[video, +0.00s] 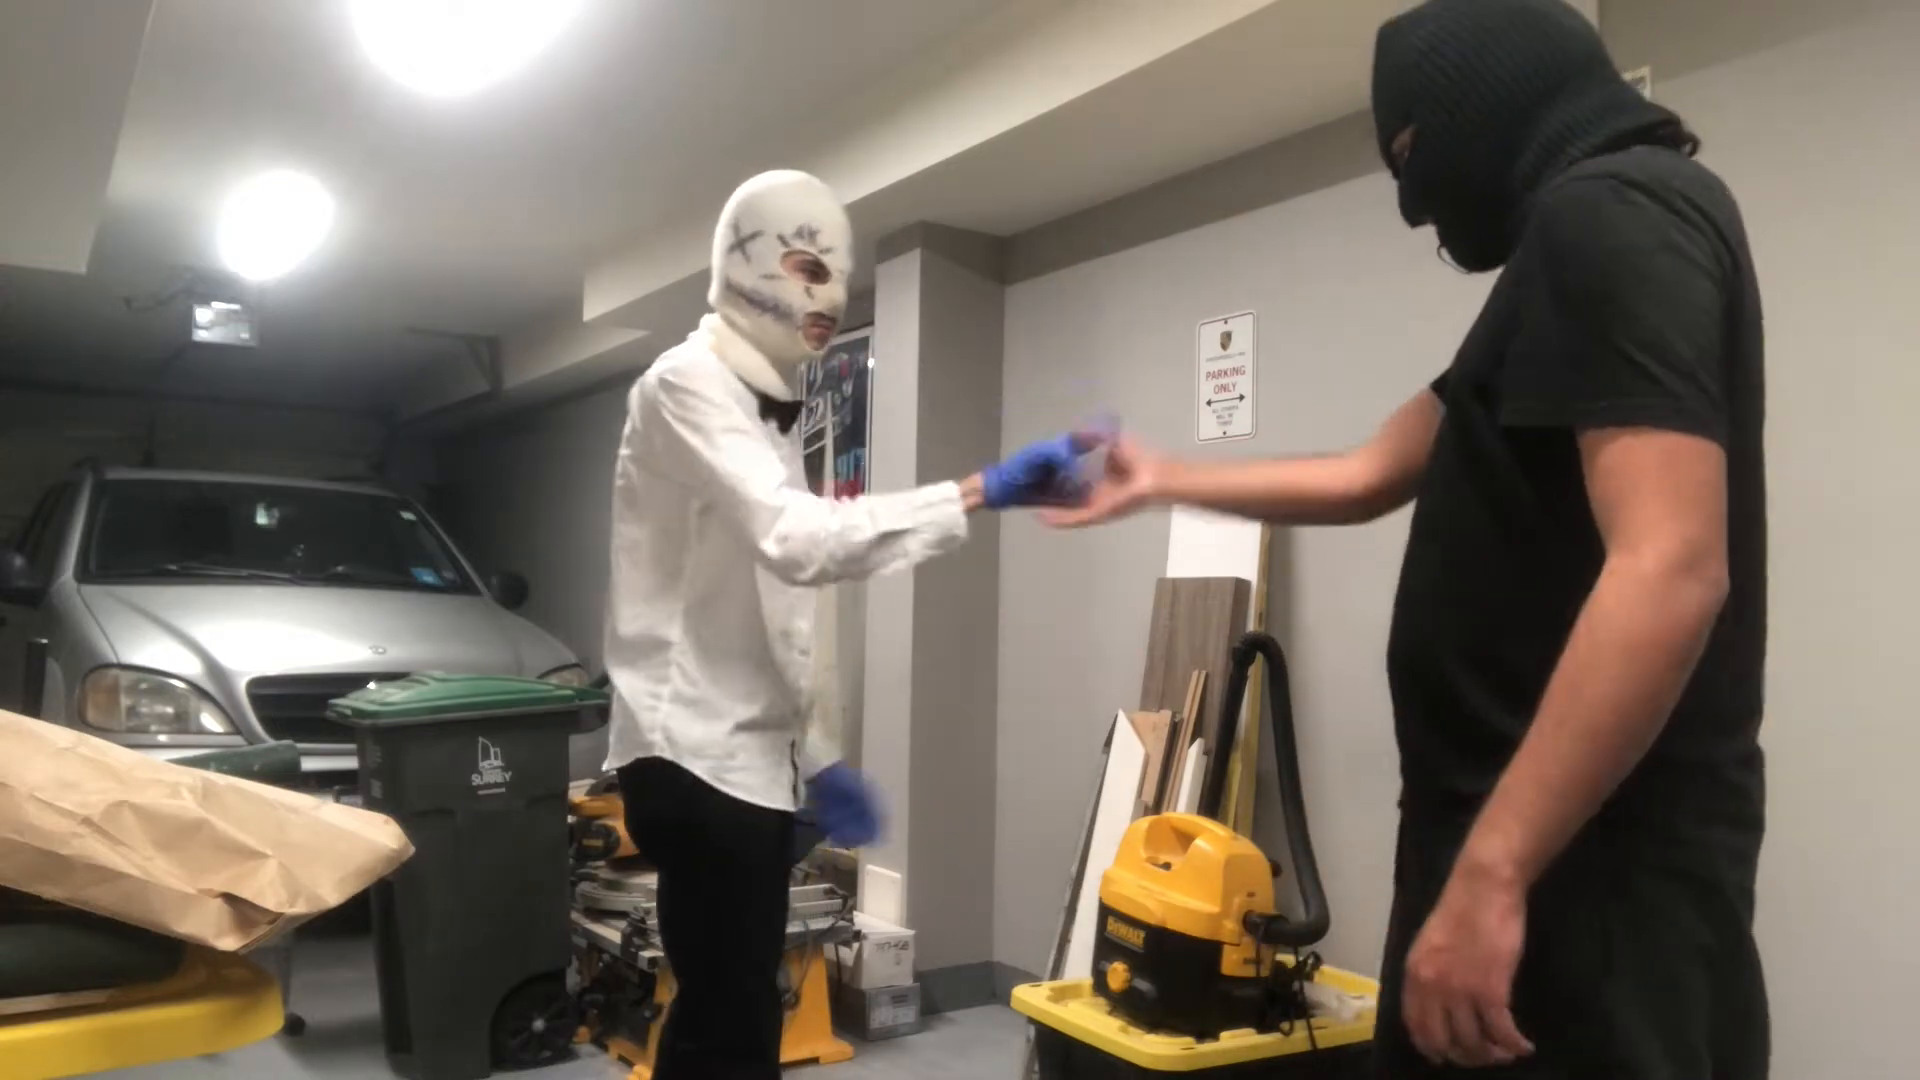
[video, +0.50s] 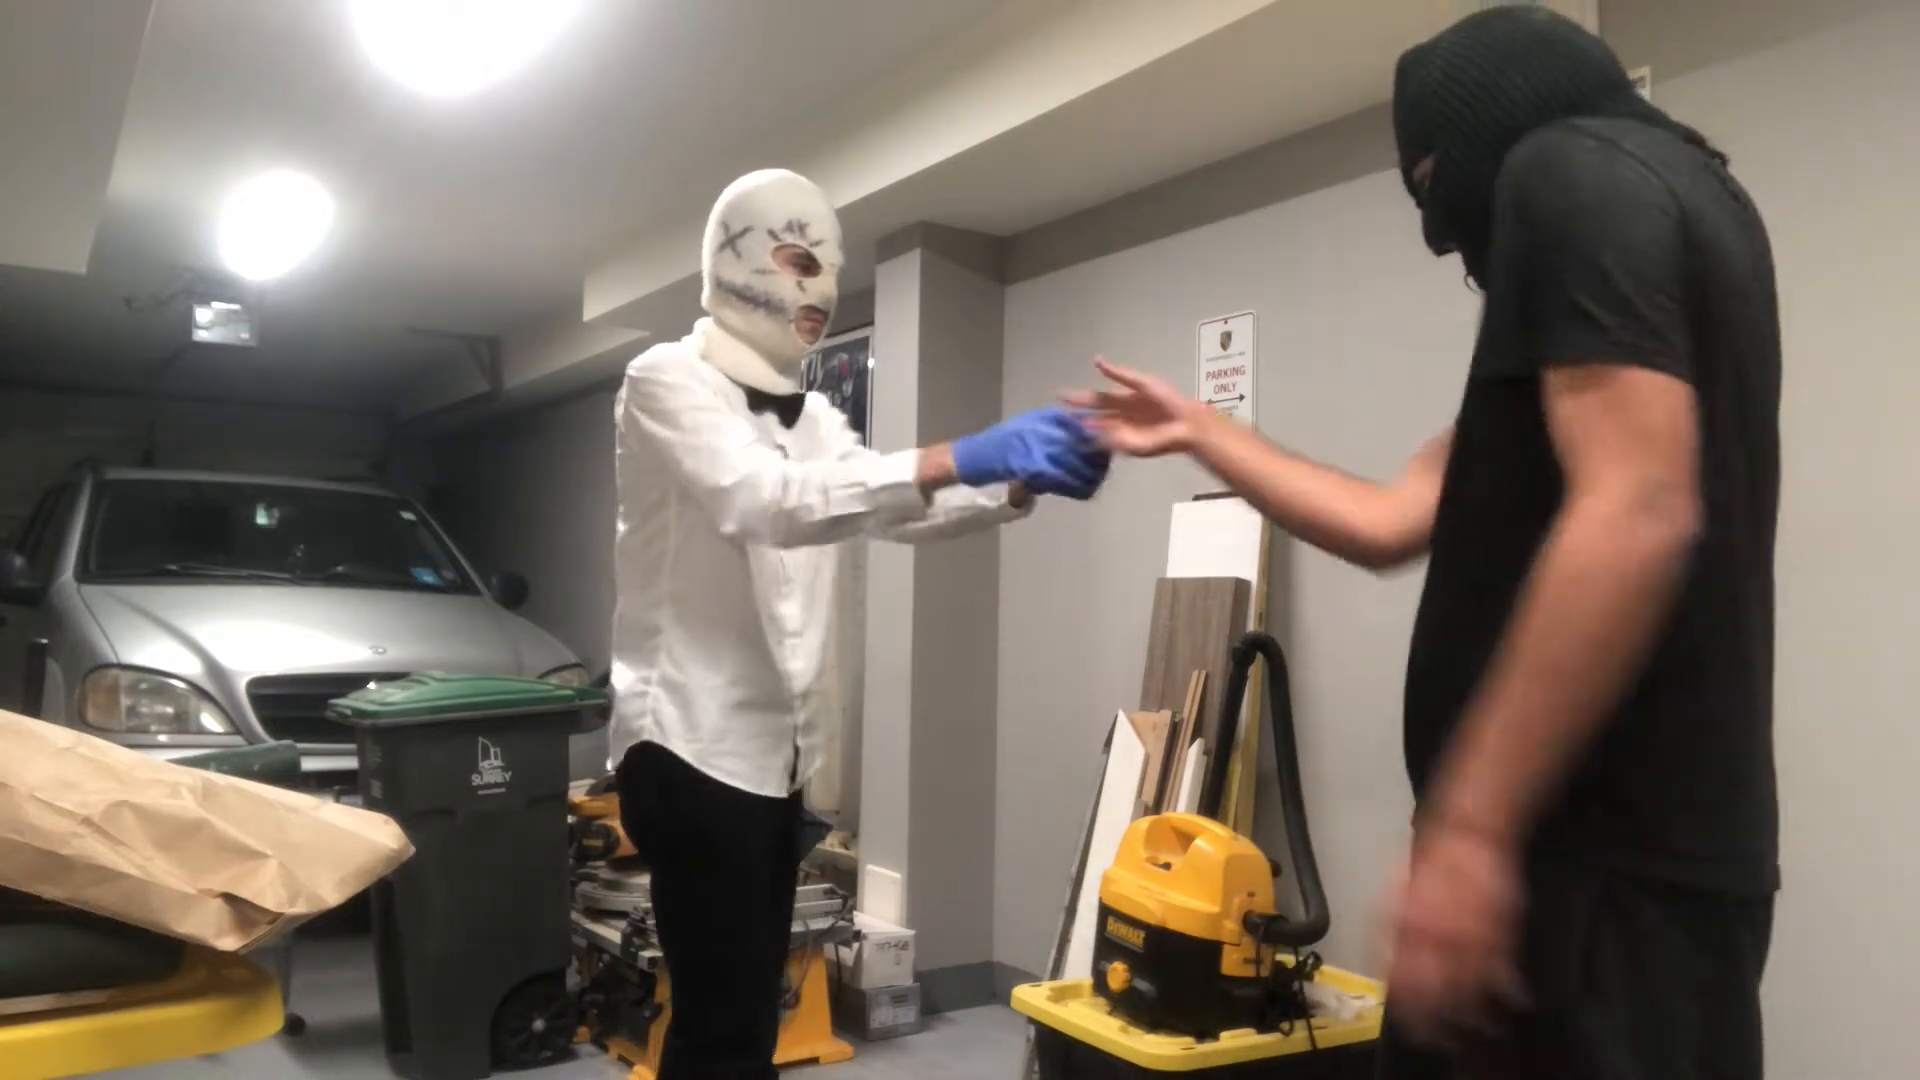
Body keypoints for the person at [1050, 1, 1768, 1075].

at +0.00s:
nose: (1408, 203)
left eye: (1407, 156)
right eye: (1398, 170)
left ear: (1474, 103)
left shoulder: (1607, 214)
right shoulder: (1569, 249)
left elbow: (1671, 568)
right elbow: (1365, 476)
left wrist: (1487, 877)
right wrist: (1157, 475)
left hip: (1587, 913)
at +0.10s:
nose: (1408, 214)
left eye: (1407, 171)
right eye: (1398, 184)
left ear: (1474, 115)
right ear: (1501, 113)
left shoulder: (1601, 210)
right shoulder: (1579, 251)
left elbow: (1663, 564)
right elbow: (1366, 484)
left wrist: (1511, 881)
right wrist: (1145, 496)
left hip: (1588, 871)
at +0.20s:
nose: (1414, 219)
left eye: (1412, 176)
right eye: (1401, 189)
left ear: (1479, 119)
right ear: (1494, 121)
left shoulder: (1609, 206)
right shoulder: (1572, 271)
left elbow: (1679, 555)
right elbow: (1342, 484)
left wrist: (1535, 883)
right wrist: (1139, 483)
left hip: (1595, 897)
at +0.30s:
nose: (1422, 218)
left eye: (1420, 175)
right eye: (1411, 189)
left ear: (1487, 118)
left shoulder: (1607, 202)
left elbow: (1699, 548)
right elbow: (1336, 479)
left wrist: (1567, 889)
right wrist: (1126, 467)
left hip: (1582, 894)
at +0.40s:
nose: (1431, 218)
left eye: (1429, 177)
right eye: (1419, 189)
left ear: (1494, 122)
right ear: (1536, 111)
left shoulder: (1594, 191)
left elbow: (1694, 530)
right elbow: (1359, 479)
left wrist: (1559, 874)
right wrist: (1143, 467)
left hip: (1568, 887)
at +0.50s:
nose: (1432, 222)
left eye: (1428, 183)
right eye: (1419, 194)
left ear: (1483, 125)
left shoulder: (1582, 169)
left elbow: (1638, 507)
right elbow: (1391, 522)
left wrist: (1469, 831)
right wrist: (1197, 427)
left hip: (1594, 875)